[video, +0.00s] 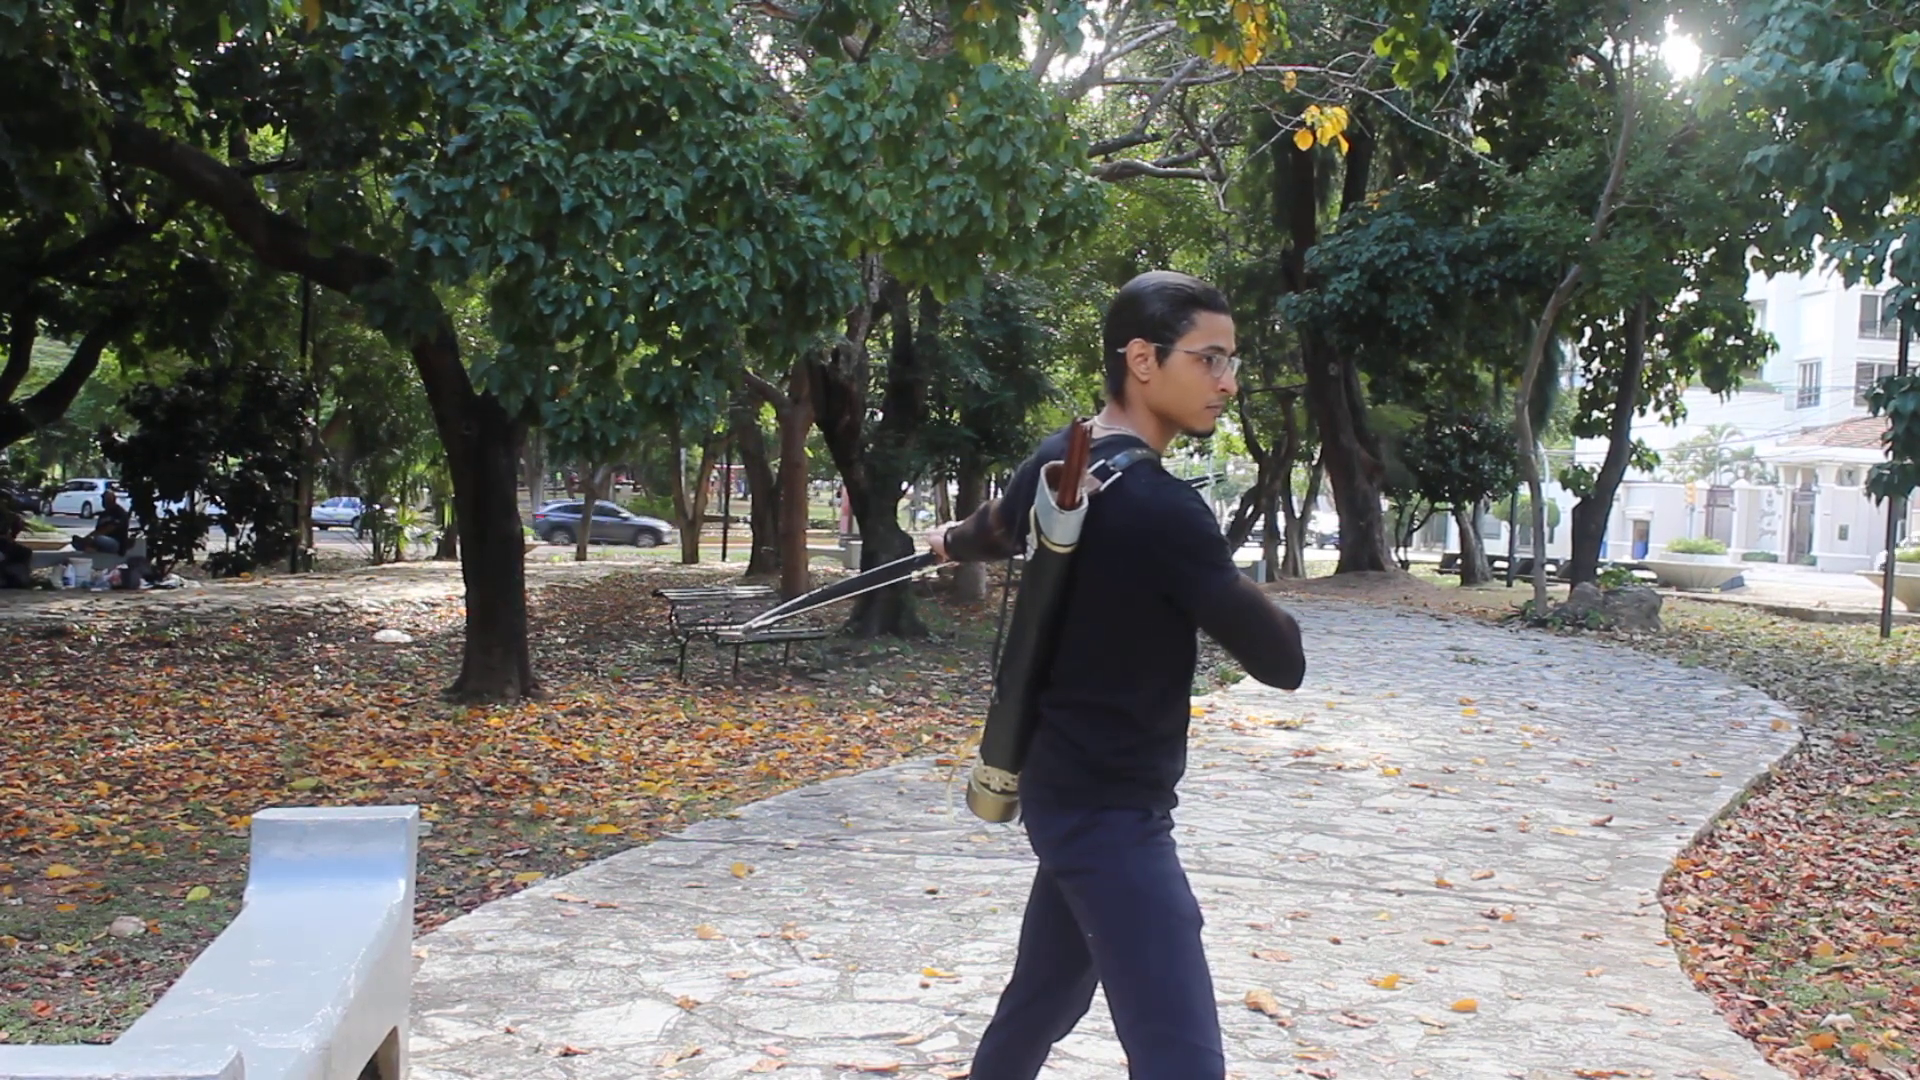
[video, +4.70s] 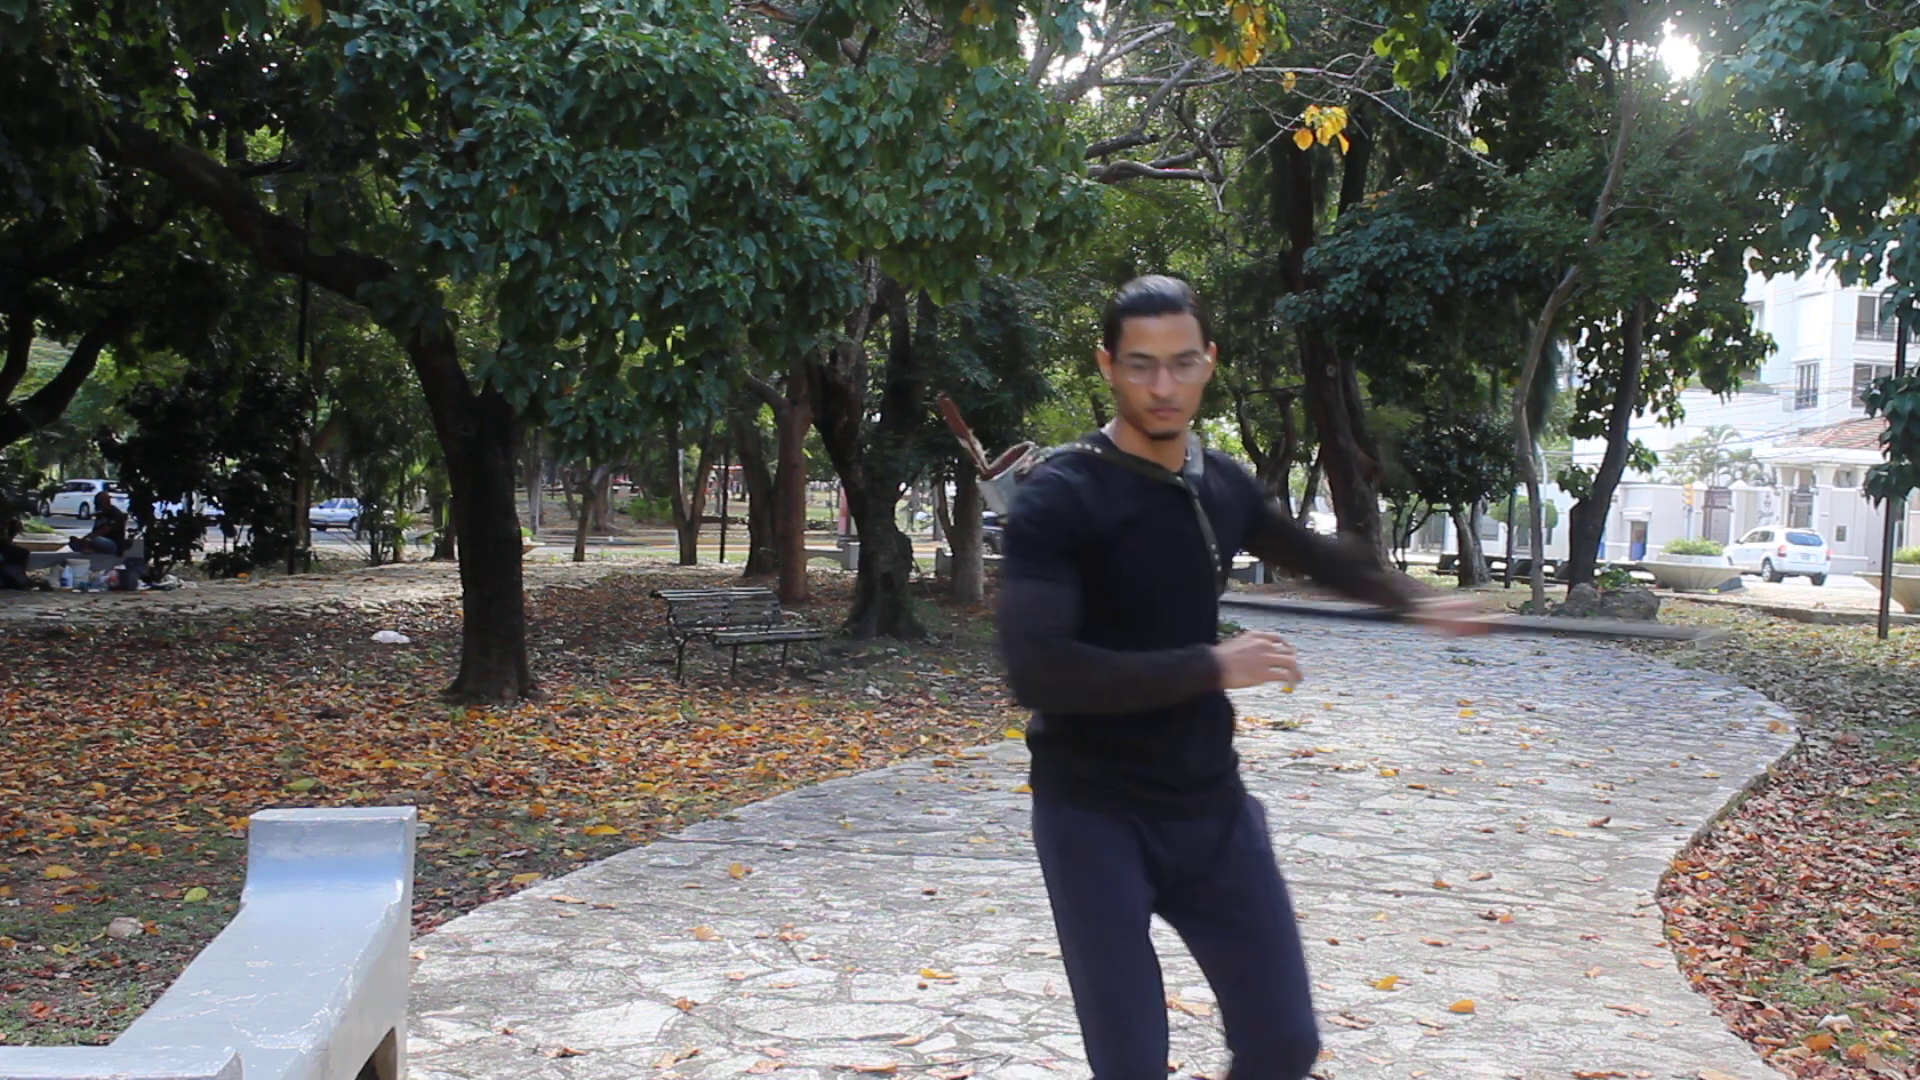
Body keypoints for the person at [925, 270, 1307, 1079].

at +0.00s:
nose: (1230, 383)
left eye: (1232, 360)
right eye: (1210, 358)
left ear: (1142, 369)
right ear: (1142, 362)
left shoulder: (1062, 454)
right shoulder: (1164, 505)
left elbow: (996, 527)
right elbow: (1284, 661)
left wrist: (953, 541)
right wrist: (1232, 589)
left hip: (1071, 791)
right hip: (1111, 811)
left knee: (1041, 1005)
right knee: (1182, 1058)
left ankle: (988, 1076)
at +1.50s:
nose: (1221, 423)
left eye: (1229, 405)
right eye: (1225, 399)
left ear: (1138, 373)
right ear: (1188, 376)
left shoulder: (1044, 456)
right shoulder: (1156, 491)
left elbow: (980, 609)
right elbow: (1182, 679)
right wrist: (1193, 631)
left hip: (1013, 763)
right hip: (1078, 779)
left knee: (1070, 1012)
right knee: (1137, 1041)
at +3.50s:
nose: (1190, 393)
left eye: (1192, 375)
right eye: (1176, 372)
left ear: (1111, 377)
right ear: (1116, 372)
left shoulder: (1029, 456)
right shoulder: (1137, 494)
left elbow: (958, 554)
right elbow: (1225, 630)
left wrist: (907, 599)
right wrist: (1161, 565)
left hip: (1021, 747)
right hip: (1068, 765)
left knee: (1006, 959)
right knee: (1102, 997)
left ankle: (968, 1071)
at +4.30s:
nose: (1219, 425)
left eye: (1226, 406)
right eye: (1202, 403)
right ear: (1142, 402)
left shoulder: (1089, 475)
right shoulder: (1140, 517)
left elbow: (1013, 567)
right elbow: (1240, 679)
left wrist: (956, 624)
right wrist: (1187, 592)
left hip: (1075, 784)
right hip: (1069, 796)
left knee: (1046, 980)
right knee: (1155, 1018)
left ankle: (988, 1072)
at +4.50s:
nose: (1214, 417)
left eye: (1225, 395)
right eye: (1191, 395)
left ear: (1236, 394)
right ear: (1136, 395)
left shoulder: (1167, 505)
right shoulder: (1103, 513)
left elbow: (1162, 654)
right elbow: (1187, 689)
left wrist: (1215, 647)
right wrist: (1250, 646)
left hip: (1158, 803)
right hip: (1079, 806)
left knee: (1146, 1025)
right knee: (1155, 1047)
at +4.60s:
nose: (1192, 404)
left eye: (1207, 380)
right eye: (1168, 381)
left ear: (1224, 381)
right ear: (1124, 383)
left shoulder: (1183, 495)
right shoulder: (1077, 507)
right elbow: (1109, 684)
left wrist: (1239, 642)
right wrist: (1247, 660)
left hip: (1185, 798)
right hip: (1085, 805)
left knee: (1235, 1026)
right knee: (1146, 1056)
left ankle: (1155, 1067)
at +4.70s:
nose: (1163, 387)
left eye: (1182, 364)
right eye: (1141, 365)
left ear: (1208, 364)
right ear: (1106, 366)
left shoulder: (1221, 485)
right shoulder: (1053, 496)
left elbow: (1312, 556)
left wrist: (1412, 601)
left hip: (1210, 801)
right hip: (1090, 810)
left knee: (1282, 1044)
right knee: (1133, 1062)